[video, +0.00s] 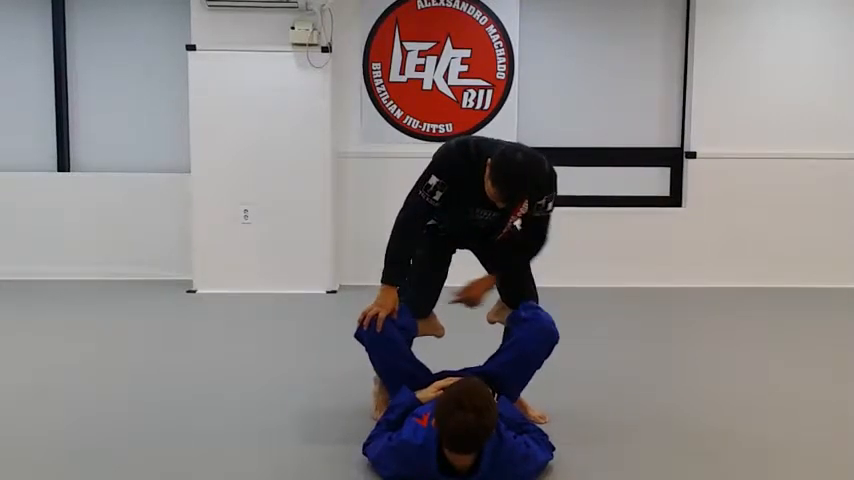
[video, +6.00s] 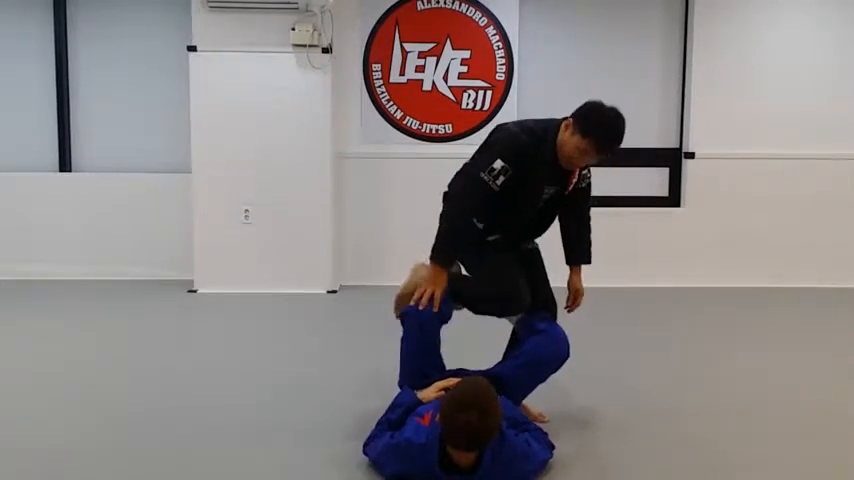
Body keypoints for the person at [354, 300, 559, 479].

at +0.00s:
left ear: (434, 421)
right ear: (495, 422)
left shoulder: (407, 452)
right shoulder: (514, 457)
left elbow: (374, 443)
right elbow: (542, 443)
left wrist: (413, 397)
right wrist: (503, 403)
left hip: (423, 394)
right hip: (491, 391)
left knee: (374, 325)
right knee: (543, 328)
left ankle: (420, 319)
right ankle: (508, 308)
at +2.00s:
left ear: (436, 421)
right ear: (496, 420)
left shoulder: (408, 452)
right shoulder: (515, 456)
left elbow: (373, 444)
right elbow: (539, 440)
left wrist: (414, 398)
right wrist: (505, 404)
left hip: (423, 397)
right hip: (493, 394)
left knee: (374, 327)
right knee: (550, 331)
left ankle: (438, 343)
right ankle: (510, 315)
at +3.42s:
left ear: (438, 422)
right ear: (496, 426)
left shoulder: (408, 451)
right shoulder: (515, 457)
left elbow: (374, 444)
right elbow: (541, 444)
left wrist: (412, 397)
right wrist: (519, 413)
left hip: (429, 390)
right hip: (497, 395)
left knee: (398, 318)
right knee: (563, 349)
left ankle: (451, 315)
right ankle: (515, 316)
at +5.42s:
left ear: (437, 423)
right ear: (496, 425)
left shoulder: (405, 453)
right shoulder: (516, 456)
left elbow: (374, 443)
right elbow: (540, 441)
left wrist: (414, 397)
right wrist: (504, 403)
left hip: (426, 393)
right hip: (496, 394)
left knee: (404, 316)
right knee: (555, 339)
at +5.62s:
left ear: (438, 423)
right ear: (496, 424)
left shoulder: (406, 452)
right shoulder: (515, 456)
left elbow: (374, 443)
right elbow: (540, 442)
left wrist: (414, 397)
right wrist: (508, 405)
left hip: (429, 391)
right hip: (498, 395)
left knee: (412, 316)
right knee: (557, 343)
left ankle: (451, 320)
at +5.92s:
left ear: (439, 420)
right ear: (497, 427)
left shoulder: (410, 450)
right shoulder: (516, 456)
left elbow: (374, 443)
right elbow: (541, 442)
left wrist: (413, 397)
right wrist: (520, 412)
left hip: (428, 391)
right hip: (499, 397)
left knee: (418, 314)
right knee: (557, 344)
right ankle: (520, 311)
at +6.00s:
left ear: (439, 418)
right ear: (498, 423)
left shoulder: (409, 452)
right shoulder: (516, 456)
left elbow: (375, 443)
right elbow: (540, 440)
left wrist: (414, 397)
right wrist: (512, 407)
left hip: (428, 395)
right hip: (496, 395)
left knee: (421, 312)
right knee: (555, 344)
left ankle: (430, 287)